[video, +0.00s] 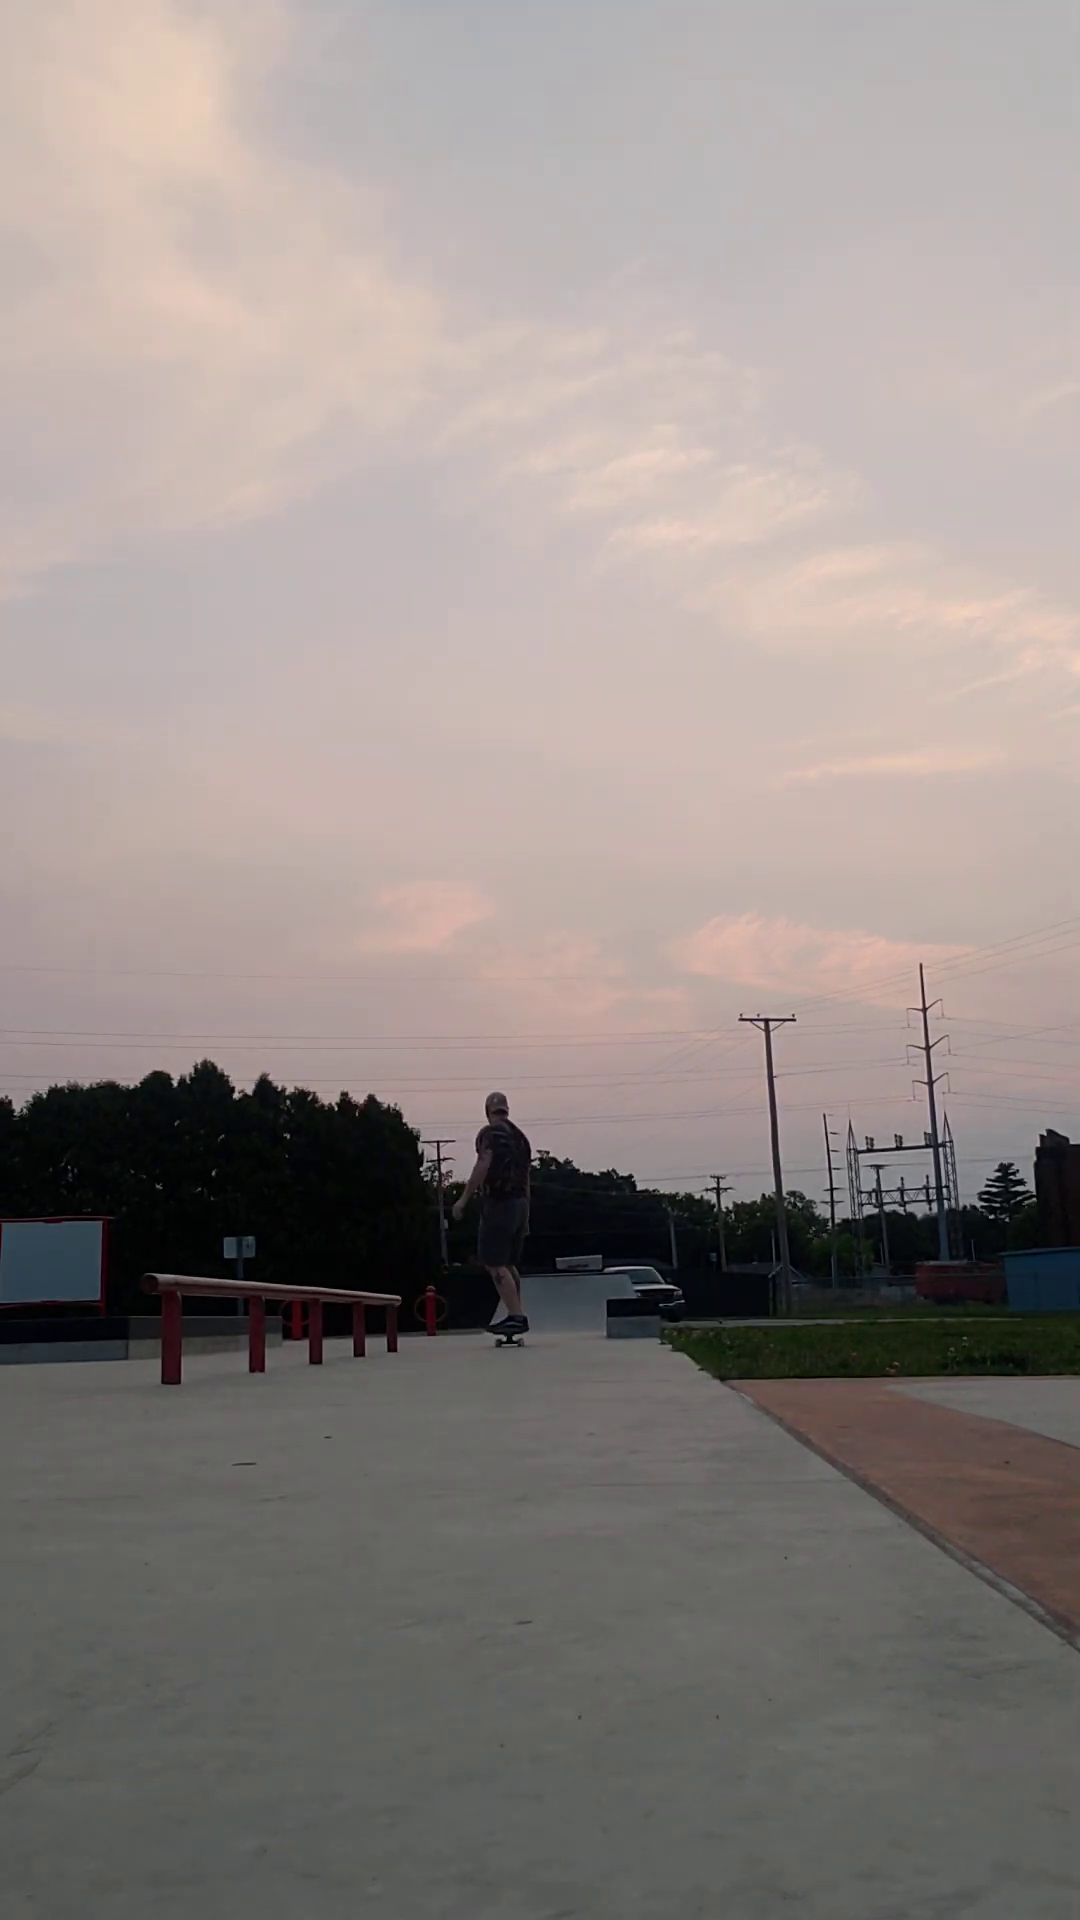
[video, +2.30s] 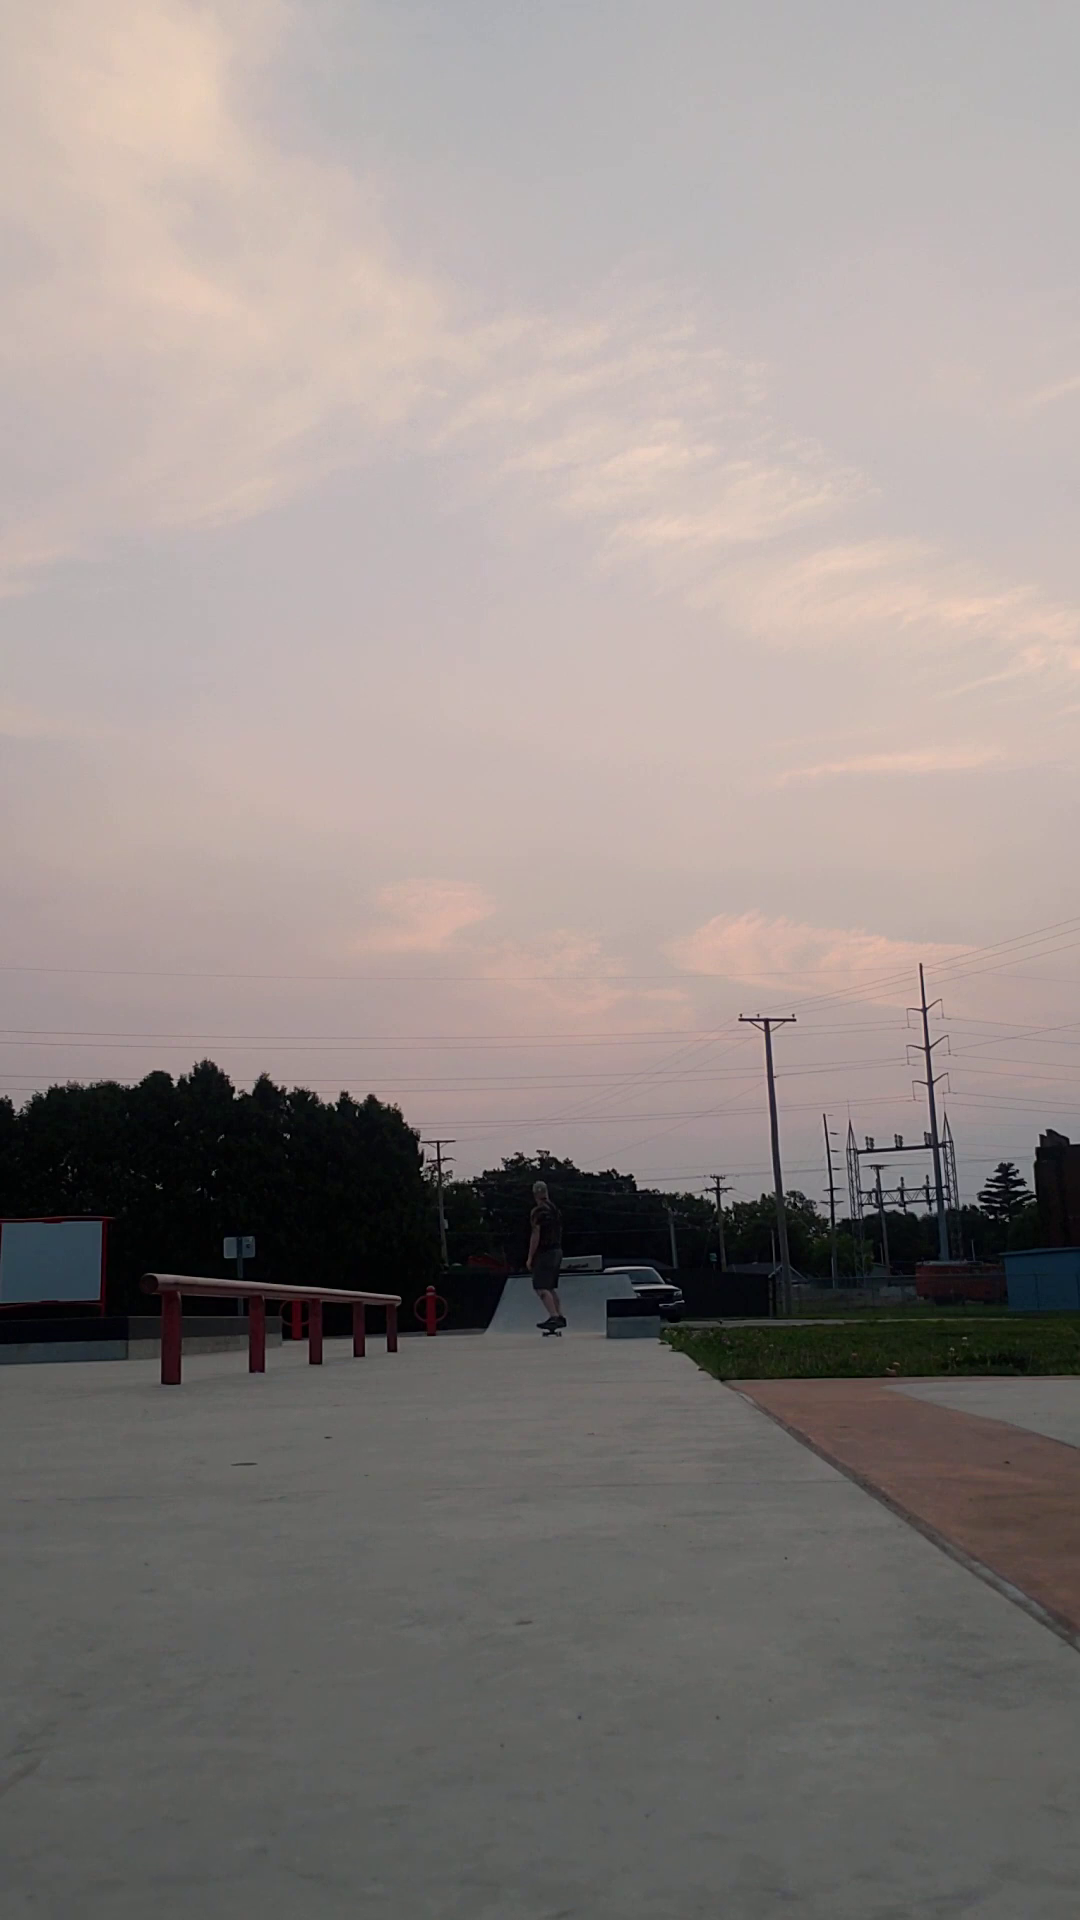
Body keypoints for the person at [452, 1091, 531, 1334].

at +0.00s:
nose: (489, 1115)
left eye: (488, 1111)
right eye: (496, 1110)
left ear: (487, 1111)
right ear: (508, 1110)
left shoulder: (488, 1133)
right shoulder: (521, 1138)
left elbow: (483, 1165)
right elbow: (525, 1181)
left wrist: (464, 1199)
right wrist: (525, 1217)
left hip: (498, 1205)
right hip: (519, 1206)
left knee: (494, 1261)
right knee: (508, 1263)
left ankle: (516, 1316)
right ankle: (516, 1315)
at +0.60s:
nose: (503, 1147)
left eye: (502, 1144)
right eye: (507, 1144)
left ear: (499, 1144)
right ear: (516, 1143)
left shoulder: (497, 1164)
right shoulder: (526, 1163)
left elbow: (490, 1193)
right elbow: (529, 1193)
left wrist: (481, 1221)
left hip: (510, 1221)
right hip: (529, 1220)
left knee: (507, 1270)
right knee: (519, 1271)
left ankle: (523, 1316)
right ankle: (528, 1315)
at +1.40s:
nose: (516, 1173)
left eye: (516, 1169)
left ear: (516, 1170)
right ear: (531, 1170)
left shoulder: (518, 1188)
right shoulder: (540, 1187)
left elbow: (513, 1216)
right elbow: (545, 1213)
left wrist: (506, 1241)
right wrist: (542, 1232)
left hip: (525, 1238)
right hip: (541, 1237)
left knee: (523, 1278)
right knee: (535, 1278)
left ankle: (535, 1313)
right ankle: (543, 1313)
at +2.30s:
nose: (539, 1195)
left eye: (537, 1193)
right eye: (540, 1193)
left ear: (534, 1194)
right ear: (546, 1193)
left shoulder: (537, 1212)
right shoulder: (554, 1209)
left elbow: (536, 1235)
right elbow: (556, 1233)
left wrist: (530, 1257)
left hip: (545, 1252)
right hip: (556, 1251)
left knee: (541, 1286)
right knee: (550, 1287)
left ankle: (553, 1316)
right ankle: (558, 1316)